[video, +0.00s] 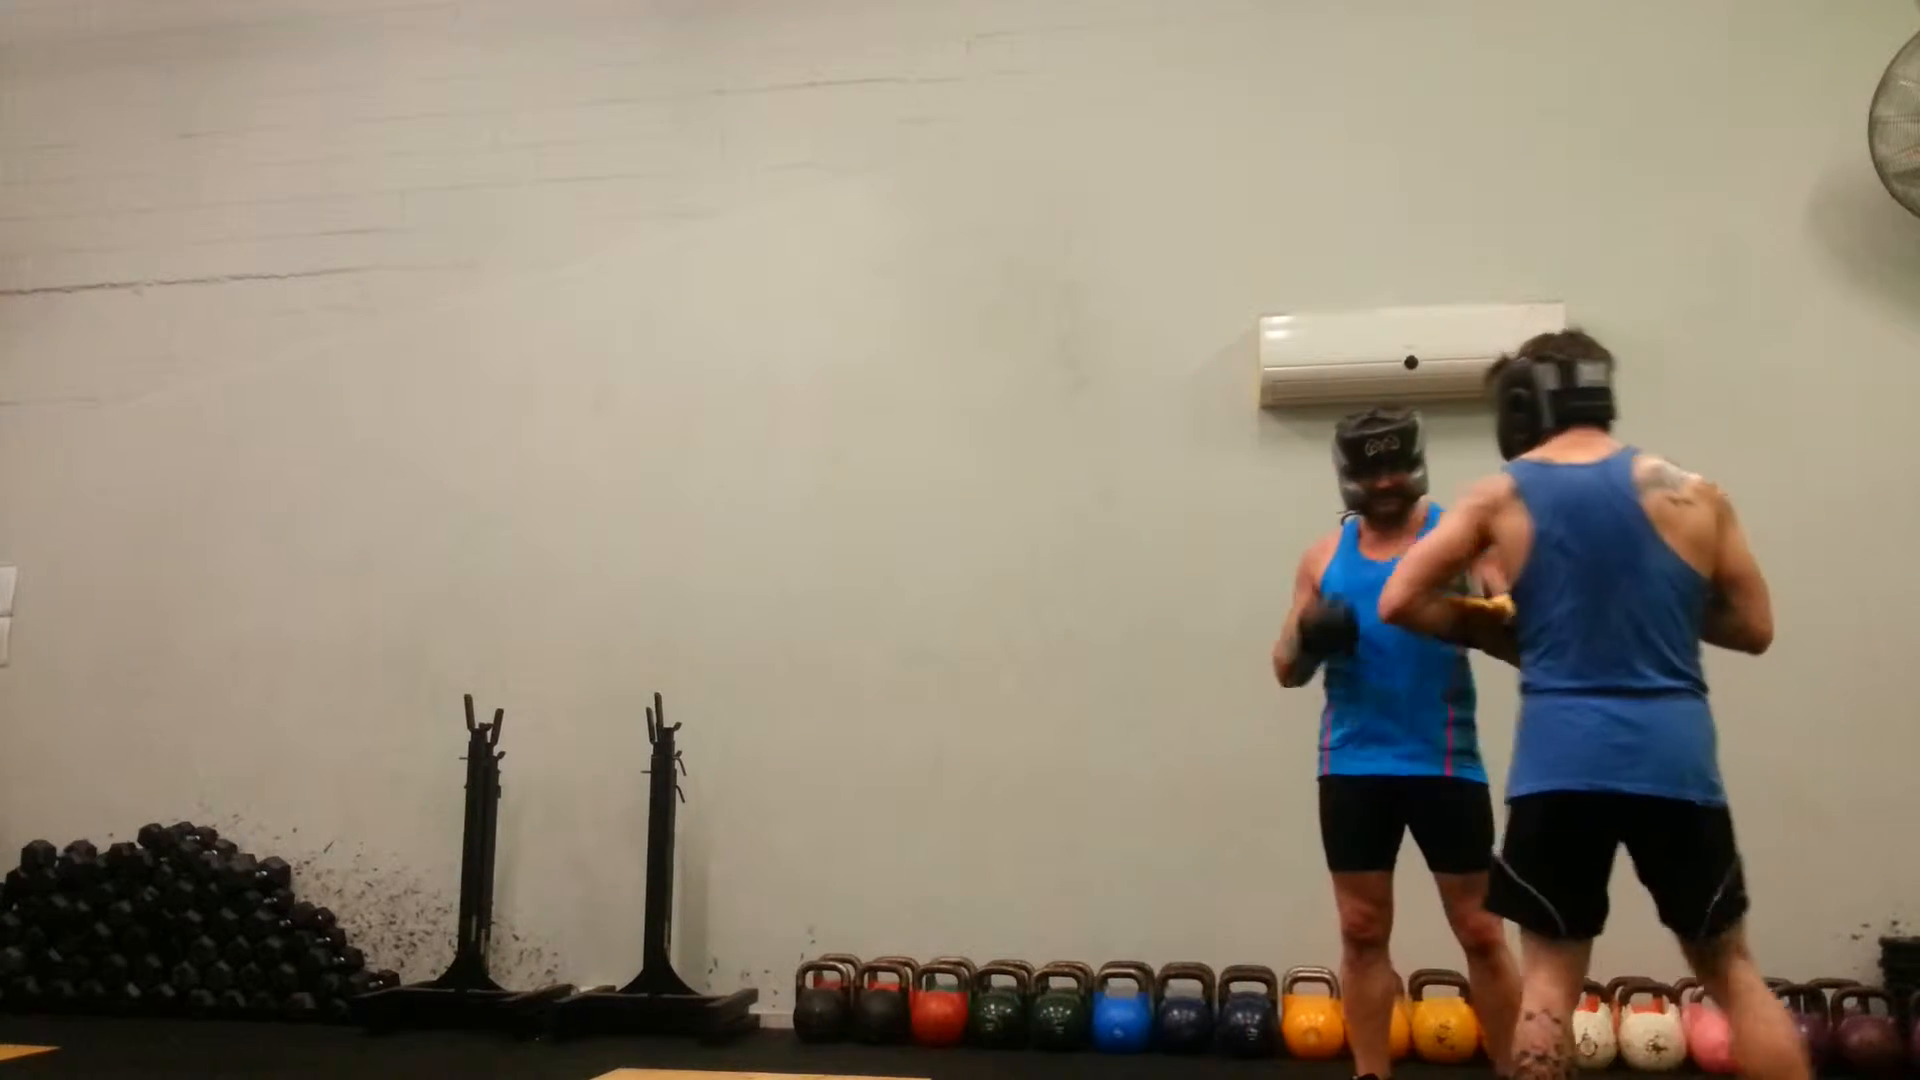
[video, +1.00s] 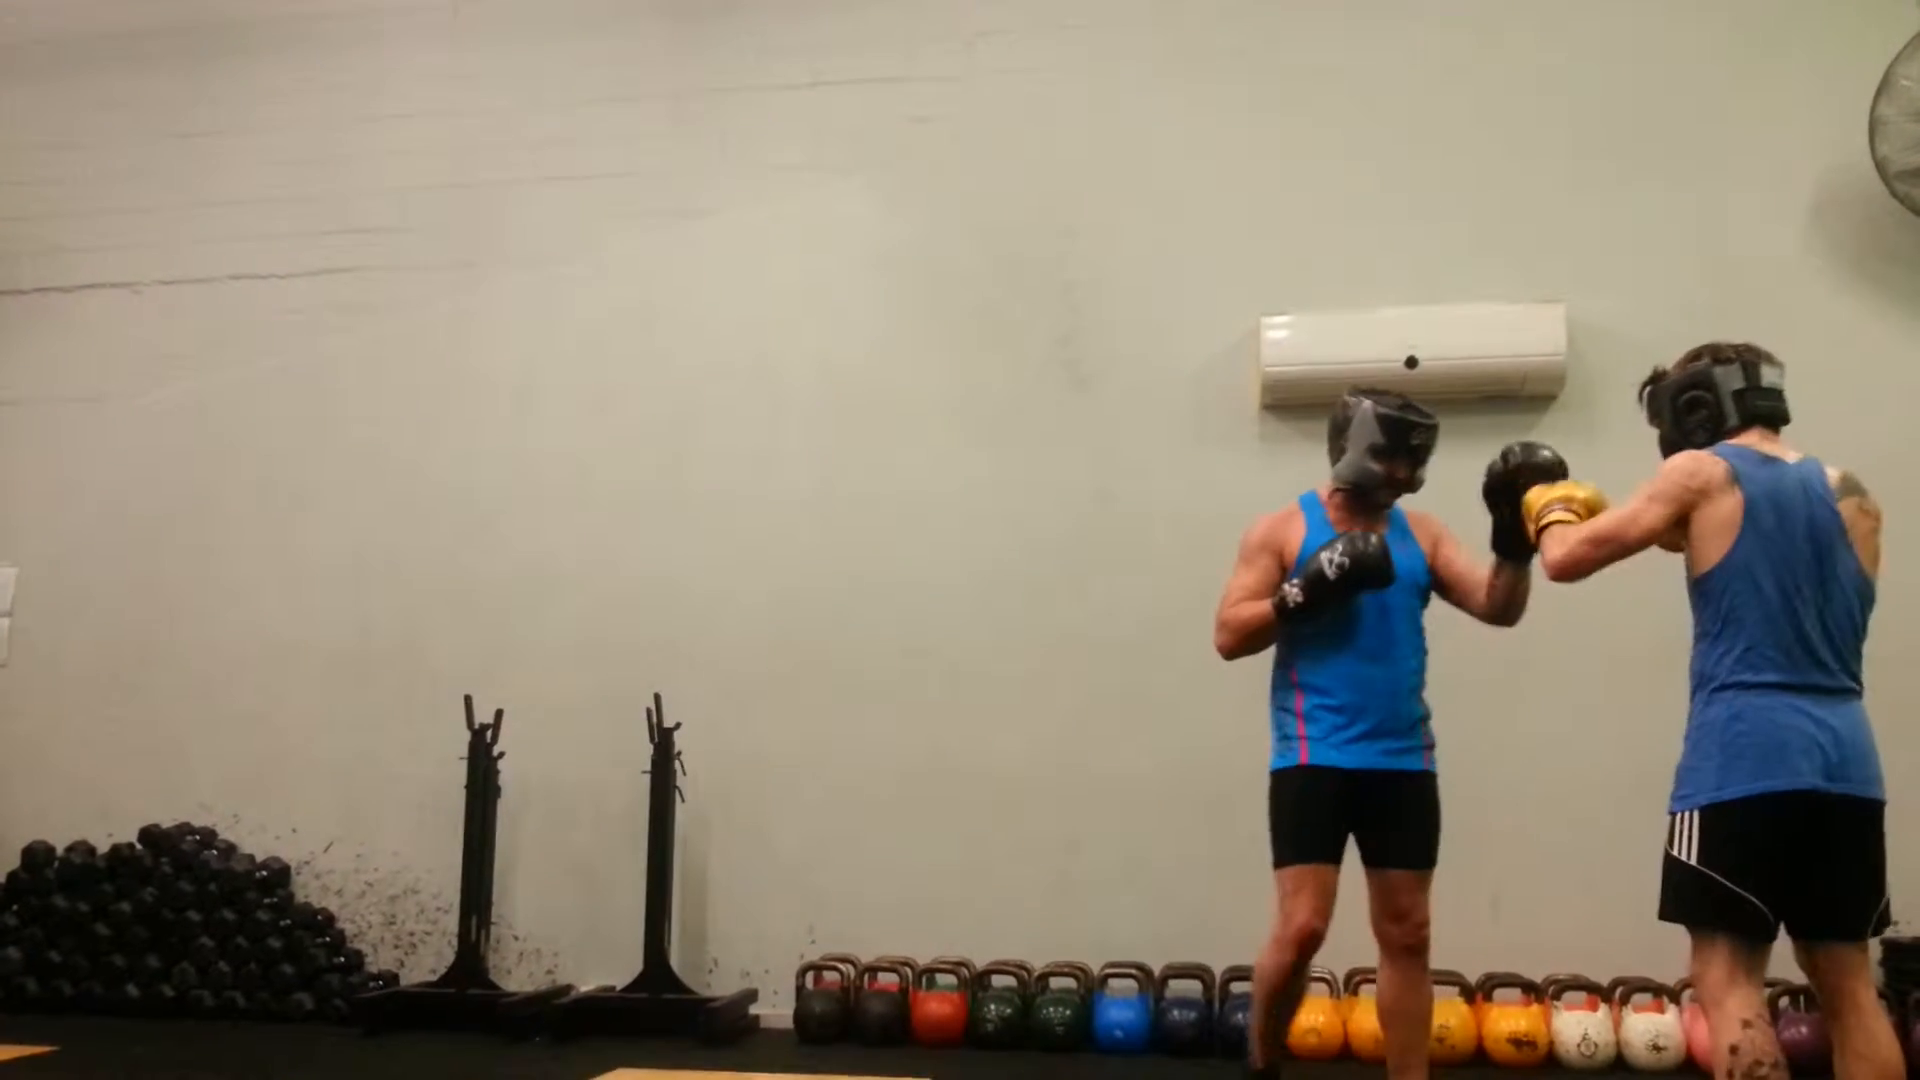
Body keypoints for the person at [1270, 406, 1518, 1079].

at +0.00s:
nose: (1385, 487)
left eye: (1397, 473)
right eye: (1370, 476)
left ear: (1418, 470)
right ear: (1347, 480)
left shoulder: (1457, 537)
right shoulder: (1324, 554)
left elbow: (1522, 632)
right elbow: (1286, 667)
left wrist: (1461, 615)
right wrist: (1310, 635)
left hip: (1446, 764)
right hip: (1354, 766)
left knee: (1481, 932)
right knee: (1362, 930)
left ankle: (1511, 1071)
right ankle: (1371, 1072)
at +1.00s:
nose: (1412, 470)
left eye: (1416, 457)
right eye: (1401, 455)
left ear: (1413, 465)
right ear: (1358, 452)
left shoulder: (1420, 531)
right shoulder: (1283, 528)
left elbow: (1501, 604)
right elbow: (1231, 635)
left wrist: (1515, 522)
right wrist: (1310, 587)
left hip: (1402, 760)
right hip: (1312, 760)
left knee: (1408, 931)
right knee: (1303, 928)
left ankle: (1410, 1077)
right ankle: (1263, 1067)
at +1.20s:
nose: (1380, 477)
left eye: (1385, 463)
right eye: (1369, 461)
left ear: (1374, 466)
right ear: (1324, 454)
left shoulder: (1379, 534)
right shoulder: (1249, 526)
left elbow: (1431, 635)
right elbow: (1204, 634)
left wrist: (1468, 571)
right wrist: (1292, 583)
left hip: (1367, 763)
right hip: (1277, 765)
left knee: (1385, 935)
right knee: (1255, 936)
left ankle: (1400, 1075)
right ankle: (1207, 1075)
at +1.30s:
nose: (1362, 480)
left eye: (1365, 466)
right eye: (1354, 464)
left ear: (1327, 464)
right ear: (1312, 457)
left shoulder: (1343, 537)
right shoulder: (1226, 523)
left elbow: (1358, 647)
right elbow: (1185, 633)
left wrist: (1414, 610)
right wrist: (1278, 586)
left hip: (1335, 760)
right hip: (1251, 762)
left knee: (1369, 940)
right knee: (1233, 937)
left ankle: (1395, 1076)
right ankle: (1199, 1076)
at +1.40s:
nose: (1336, 486)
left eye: (1340, 471)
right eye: (1327, 468)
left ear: (1296, 461)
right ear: (1285, 455)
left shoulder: (1305, 535)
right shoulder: (1205, 521)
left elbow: (1292, 640)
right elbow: (1163, 628)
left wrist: (1368, 625)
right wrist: (1266, 583)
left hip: (1304, 756)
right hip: (1225, 758)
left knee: (1352, 930)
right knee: (1214, 938)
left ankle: (1373, 1076)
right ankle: (1193, 1076)